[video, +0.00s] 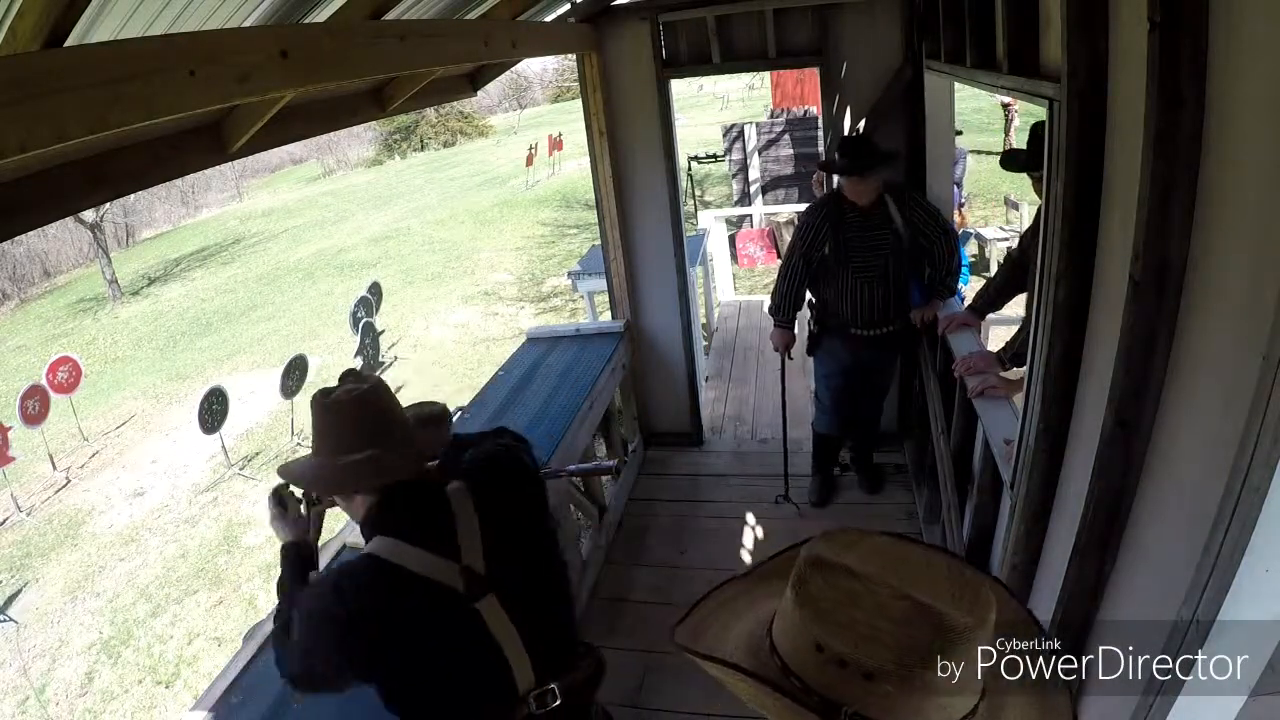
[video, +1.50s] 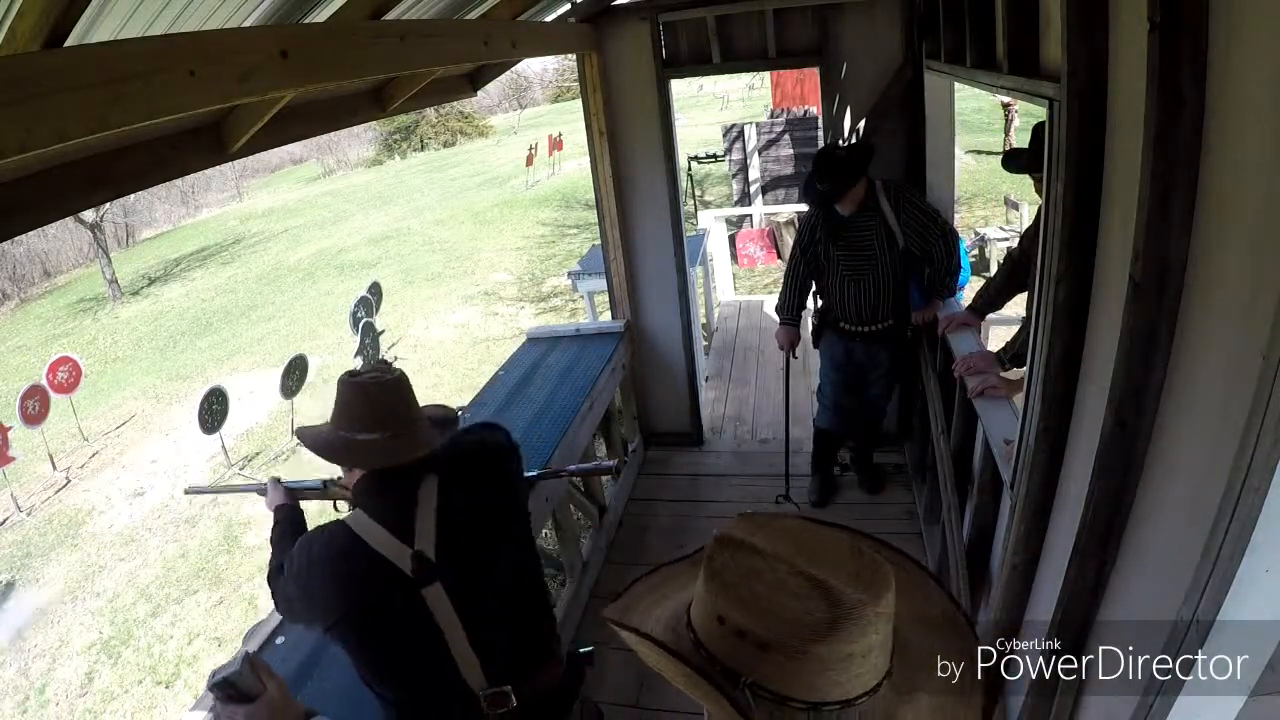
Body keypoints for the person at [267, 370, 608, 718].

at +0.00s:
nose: (324, 492)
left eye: (327, 482)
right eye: (324, 482)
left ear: (345, 491)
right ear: (413, 451)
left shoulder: (355, 594)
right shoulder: (502, 483)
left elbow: (298, 662)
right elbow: (507, 443)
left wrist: (296, 548)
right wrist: (440, 446)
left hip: (474, 719)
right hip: (572, 694)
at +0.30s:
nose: (303, 497)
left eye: (303, 488)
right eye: (303, 489)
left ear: (319, 493)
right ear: (389, 452)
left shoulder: (321, 590)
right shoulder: (477, 478)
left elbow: (251, 636)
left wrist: (288, 543)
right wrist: (349, 502)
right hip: (563, 686)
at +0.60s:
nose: (303, 492)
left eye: (303, 481)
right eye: (300, 482)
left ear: (318, 485)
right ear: (384, 452)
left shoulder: (312, 589)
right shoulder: (464, 473)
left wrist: (278, 579)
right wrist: (338, 509)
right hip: (553, 682)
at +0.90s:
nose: (300, 495)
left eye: (300, 486)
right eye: (298, 486)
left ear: (312, 491)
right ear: (379, 458)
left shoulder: (306, 592)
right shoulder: (451, 479)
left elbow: (280, 641)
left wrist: (257, 549)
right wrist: (334, 507)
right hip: (549, 681)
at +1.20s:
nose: (311, 481)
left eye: (314, 473)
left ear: (325, 481)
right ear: (393, 451)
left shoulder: (310, 577)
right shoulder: (464, 478)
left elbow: (283, 622)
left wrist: (276, 528)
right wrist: (354, 487)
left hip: (439, 716)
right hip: (547, 683)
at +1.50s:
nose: (342, 465)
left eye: (342, 457)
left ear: (351, 466)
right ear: (421, 435)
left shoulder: (325, 559)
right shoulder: (488, 464)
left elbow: (287, 591)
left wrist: (282, 510)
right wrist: (380, 476)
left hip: (435, 715)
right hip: (546, 685)